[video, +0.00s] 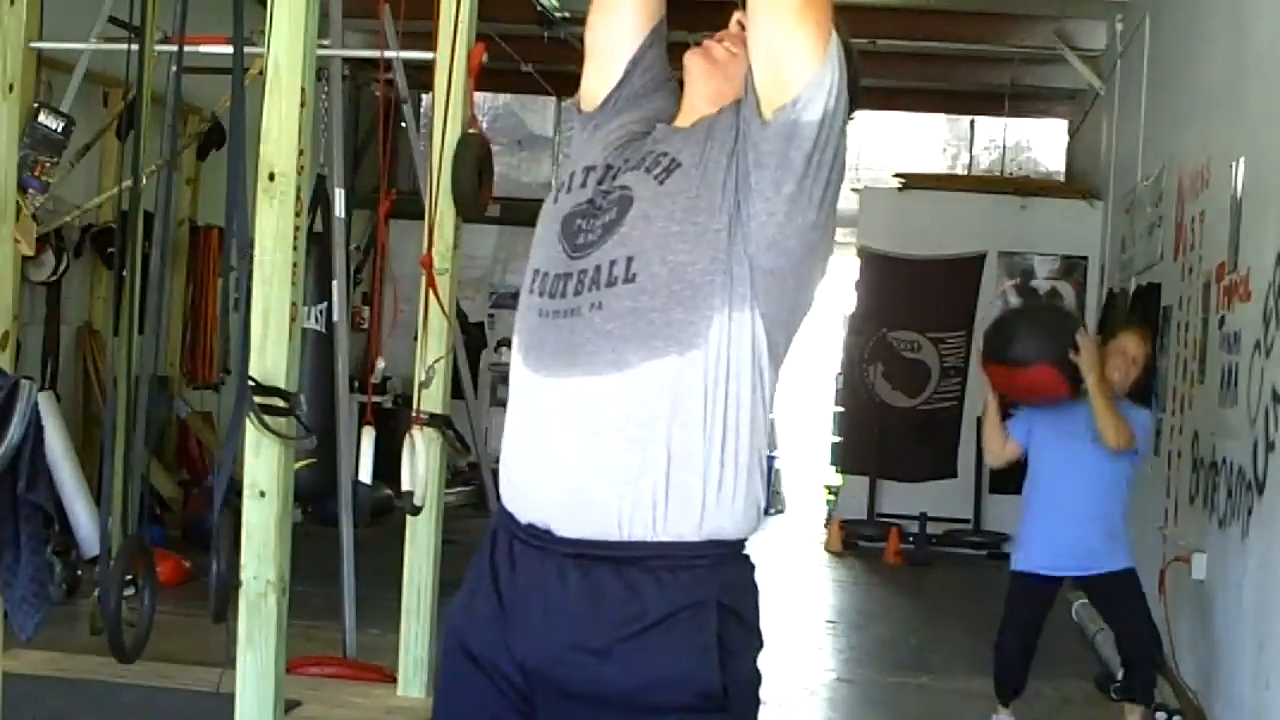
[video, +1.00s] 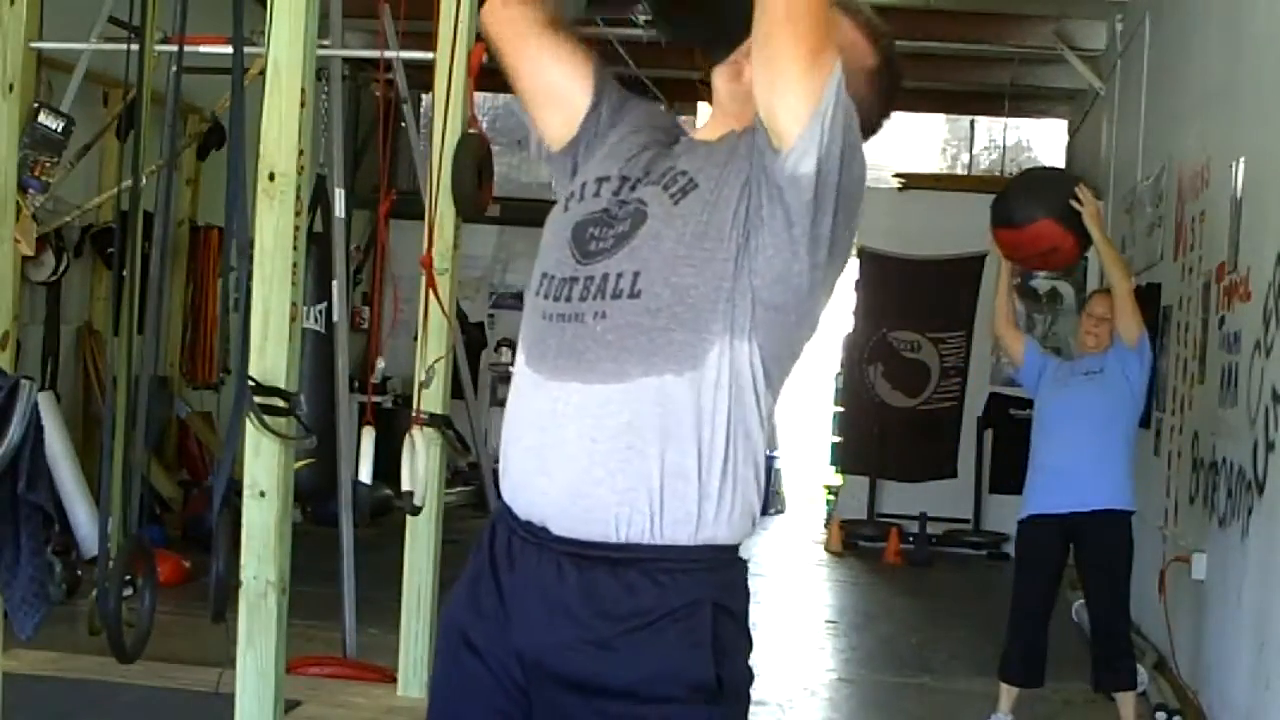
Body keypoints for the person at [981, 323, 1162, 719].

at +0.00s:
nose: (1125, 367)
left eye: (1136, 362)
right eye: (1120, 355)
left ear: (1142, 372)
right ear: (1100, 353)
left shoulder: (1138, 417)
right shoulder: (1043, 410)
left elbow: (1117, 439)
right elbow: (996, 455)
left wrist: (1091, 372)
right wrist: (993, 393)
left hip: (1104, 559)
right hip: (1038, 557)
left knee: (1142, 644)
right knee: (1013, 643)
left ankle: (1137, 711)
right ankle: (1004, 708)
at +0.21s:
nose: (1128, 372)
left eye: (1138, 369)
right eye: (1123, 360)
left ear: (1143, 383)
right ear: (1102, 362)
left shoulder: (1139, 423)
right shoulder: (1050, 420)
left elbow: (1112, 440)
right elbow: (1005, 468)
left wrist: (1086, 390)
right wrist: (997, 408)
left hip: (1102, 563)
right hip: (1037, 559)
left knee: (1140, 654)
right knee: (1013, 647)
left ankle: (1133, 712)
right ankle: (1005, 710)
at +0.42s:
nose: (1126, 340)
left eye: (1137, 338)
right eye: (1121, 331)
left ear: (1145, 354)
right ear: (1103, 337)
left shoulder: (1143, 391)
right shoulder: (1056, 396)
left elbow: (1124, 388)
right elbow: (1004, 437)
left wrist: (1083, 337)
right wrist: (1000, 384)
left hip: (1106, 534)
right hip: (1044, 530)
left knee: (1132, 638)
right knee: (1020, 629)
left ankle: (1131, 713)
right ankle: (1005, 710)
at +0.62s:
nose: (1106, 325)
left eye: (1116, 319)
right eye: (1101, 318)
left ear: (1131, 330)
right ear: (1090, 327)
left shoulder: (1137, 374)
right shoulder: (1050, 374)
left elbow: (1130, 315)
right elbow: (996, 377)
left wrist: (1090, 264)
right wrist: (1007, 321)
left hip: (1105, 518)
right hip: (1043, 516)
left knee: (1112, 623)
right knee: (1026, 615)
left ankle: (1128, 714)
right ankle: (1004, 712)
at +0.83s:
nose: (1096, 323)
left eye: (1107, 317)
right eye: (1090, 315)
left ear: (1120, 327)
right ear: (1077, 322)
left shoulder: (1131, 366)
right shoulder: (1049, 369)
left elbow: (1124, 291)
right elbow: (1005, 330)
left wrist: (1097, 232)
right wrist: (1005, 269)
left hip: (1106, 512)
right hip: (1042, 511)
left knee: (1110, 619)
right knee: (1027, 612)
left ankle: (1127, 715)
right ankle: (1004, 712)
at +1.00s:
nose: (1094, 323)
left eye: (1105, 318)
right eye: (1089, 315)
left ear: (1118, 328)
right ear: (1075, 321)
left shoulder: (1129, 365)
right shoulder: (1047, 369)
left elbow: (1124, 290)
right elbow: (1005, 329)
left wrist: (1097, 233)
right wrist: (1006, 267)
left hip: (1106, 513)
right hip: (1042, 512)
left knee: (1111, 621)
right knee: (1026, 615)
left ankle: (1128, 715)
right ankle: (1003, 713)